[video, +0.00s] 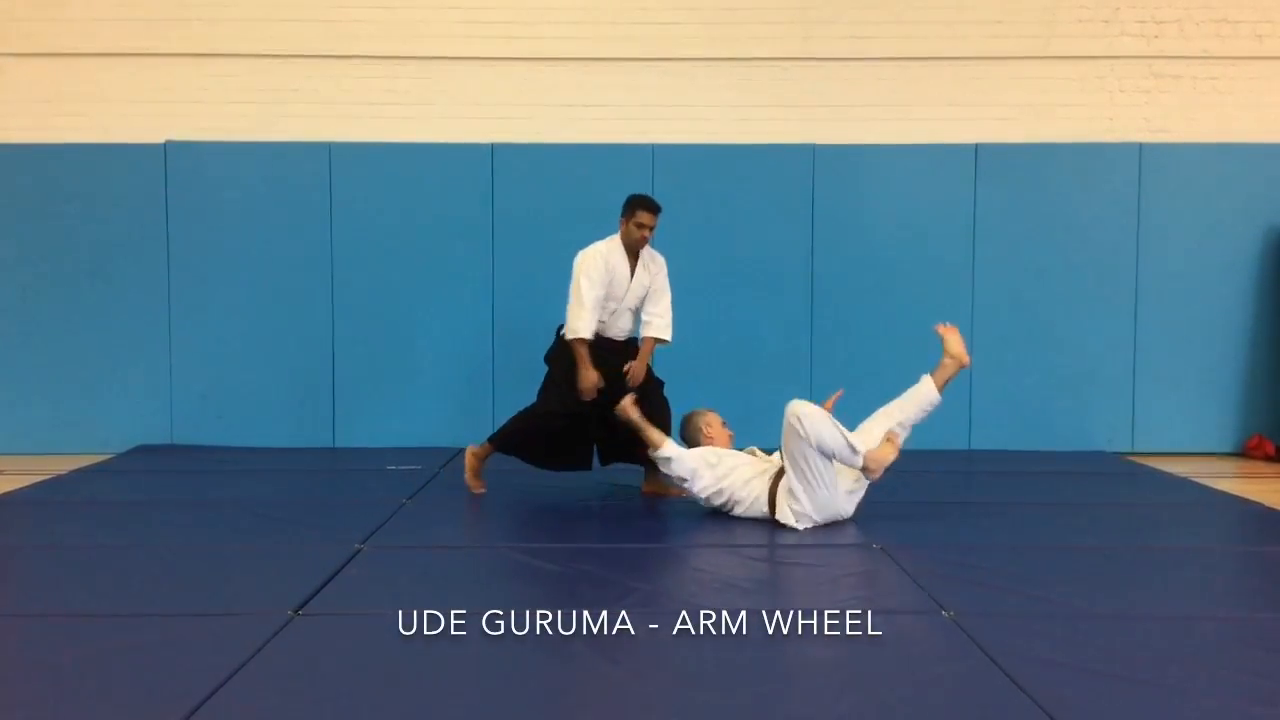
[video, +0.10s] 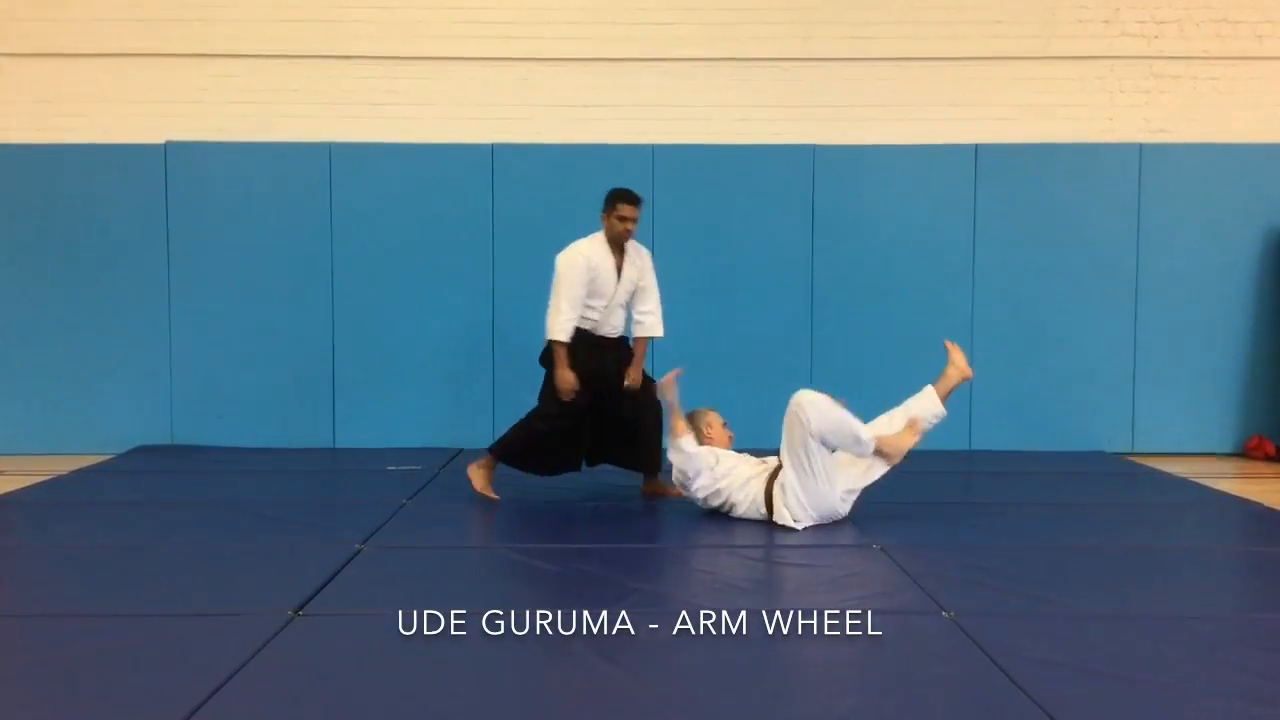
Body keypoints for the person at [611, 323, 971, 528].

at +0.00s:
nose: (727, 427)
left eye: (724, 422)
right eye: (718, 424)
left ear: (720, 431)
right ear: (701, 435)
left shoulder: (748, 457)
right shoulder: (697, 463)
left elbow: (792, 465)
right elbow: (663, 448)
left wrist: (820, 423)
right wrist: (635, 420)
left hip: (831, 496)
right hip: (800, 505)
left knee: (882, 424)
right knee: (799, 412)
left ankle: (949, 366)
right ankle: (868, 462)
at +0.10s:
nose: (728, 430)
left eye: (726, 425)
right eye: (719, 426)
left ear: (721, 434)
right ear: (698, 435)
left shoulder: (738, 463)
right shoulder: (700, 463)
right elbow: (680, 445)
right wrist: (671, 406)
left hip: (821, 497)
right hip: (794, 502)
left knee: (877, 437)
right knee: (803, 405)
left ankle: (947, 383)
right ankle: (880, 447)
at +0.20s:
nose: (719, 424)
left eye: (717, 419)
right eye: (708, 421)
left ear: (716, 430)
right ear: (691, 436)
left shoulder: (731, 465)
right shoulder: (698, 475)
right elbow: (707, 440)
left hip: (821, 501)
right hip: (793, 497)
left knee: (882, 442)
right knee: (829, 402)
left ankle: (946, 397)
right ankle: (918, 441)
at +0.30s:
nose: (729, 417)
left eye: (725, 413)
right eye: (719, 414)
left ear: (711, 425)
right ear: (704, 427)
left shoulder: (725, 465)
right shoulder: (705, 456)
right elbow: (741, 429)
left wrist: (787, 459)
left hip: (816, 501)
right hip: (797, 488)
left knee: (894, 449)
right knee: (863, 413)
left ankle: (962, 412)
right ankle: (948, 457)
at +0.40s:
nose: (744, 414)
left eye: (741, 409)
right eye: (737, 411)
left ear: (718, 421)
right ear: (720, 418)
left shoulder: (727, 464)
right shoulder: (725, 437)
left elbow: (755, 495)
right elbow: (783, 422)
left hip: (813, 507)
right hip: (801, 483)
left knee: (900, 460)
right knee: (889, 428)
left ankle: (977, 436)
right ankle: (964, 480)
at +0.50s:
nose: (771, 401)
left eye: (768, 397)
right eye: (766, 396)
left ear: (733, 406)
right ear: (753, 398)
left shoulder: (734, 450)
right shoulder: (755, 417)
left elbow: (772, 484)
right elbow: (819, 414)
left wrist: (811, 457)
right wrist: (879, 402)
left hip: (814, 512)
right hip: (816, 482)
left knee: (901, 466)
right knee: (906, 430)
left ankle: (979, 462)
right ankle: (959, 493)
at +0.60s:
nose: (797, 383)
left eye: (795, 378)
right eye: (793, 378)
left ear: (760, 387)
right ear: (784, 380)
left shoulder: (750, 437)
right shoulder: (784, 398)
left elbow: (781, 484)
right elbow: (854, 408)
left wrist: (829, 453)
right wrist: (913, 404)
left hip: (825, 508)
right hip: (829, 478)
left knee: (899, 463)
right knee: (915, 426)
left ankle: (964, 479)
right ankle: (944, 498)